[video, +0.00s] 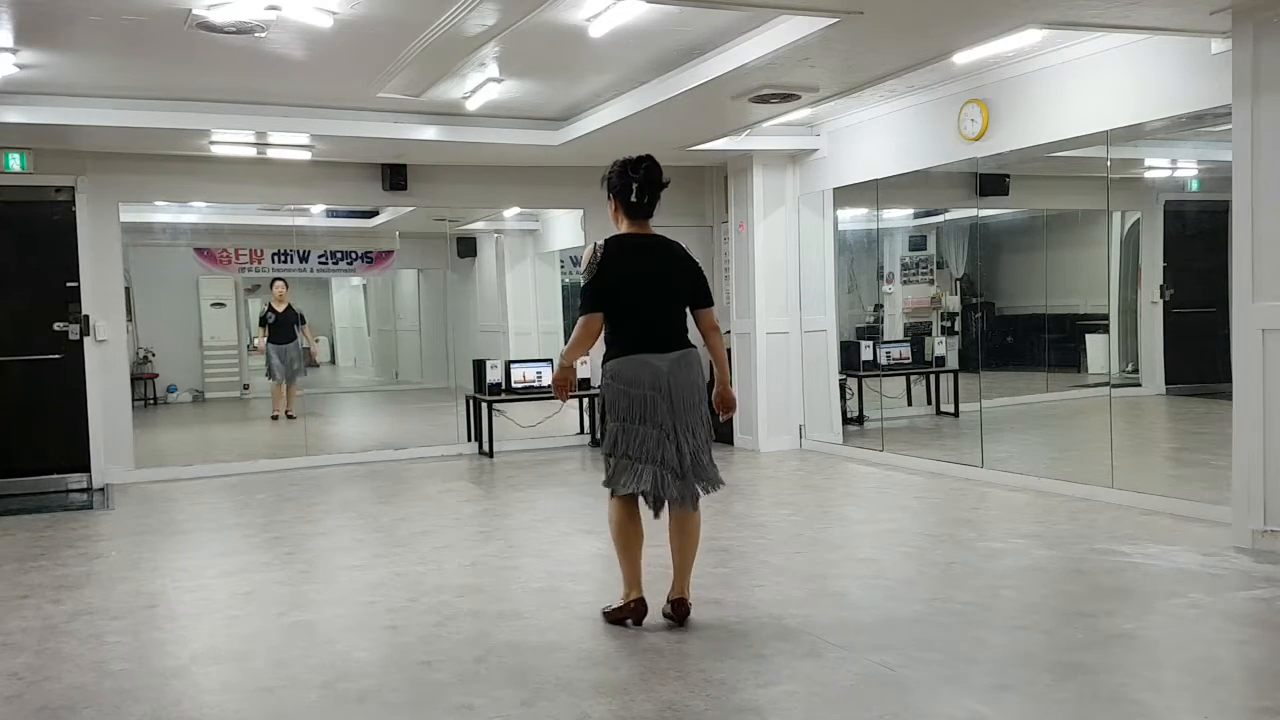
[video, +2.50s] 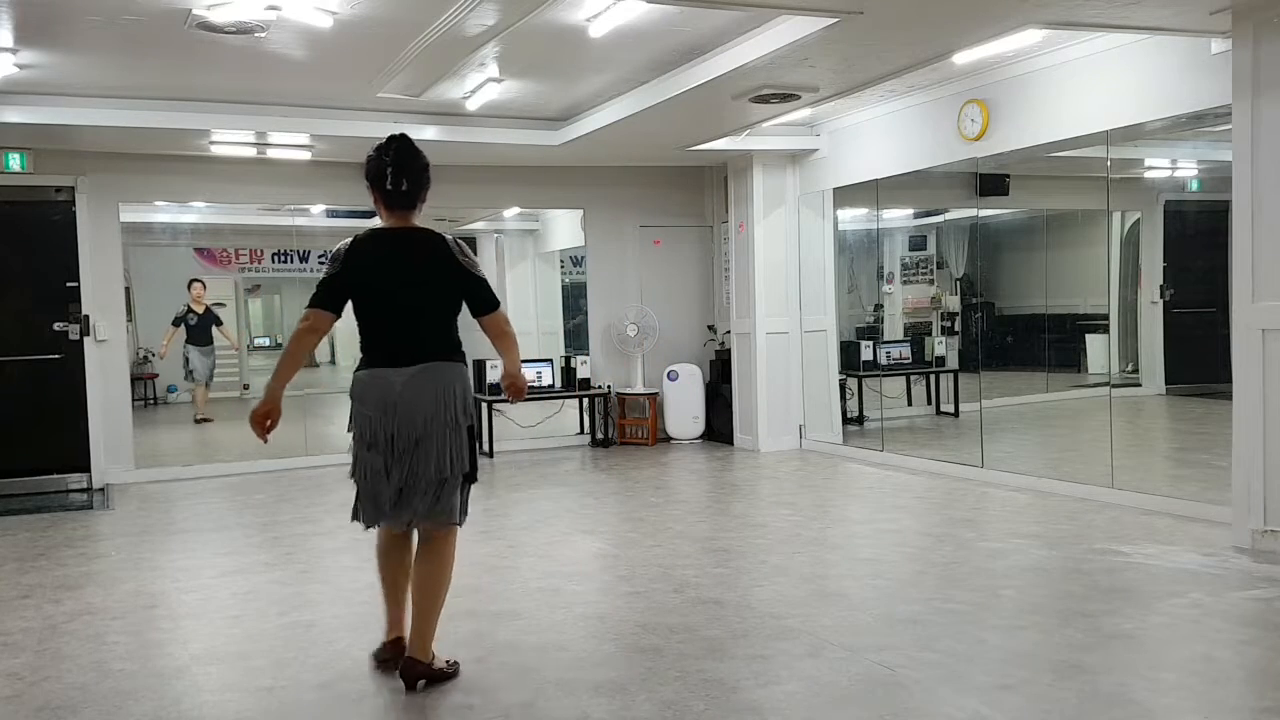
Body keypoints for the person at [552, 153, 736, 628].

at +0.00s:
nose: (608, 208)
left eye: (608, 202)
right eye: (612, 201)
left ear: (613, 204)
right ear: (656, 203)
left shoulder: (605, 255)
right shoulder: (678, 254)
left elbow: (591, 323)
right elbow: (709, 324)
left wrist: (566, 363)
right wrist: (724, 378)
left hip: (626, 373)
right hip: (683, 370)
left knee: (623, 483)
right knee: (684, 481)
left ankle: (633, 596)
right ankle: (680, 594)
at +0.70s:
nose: (546, 200)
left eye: (545, 193)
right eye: (550, 192)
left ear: (549, 197)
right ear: (595, 196)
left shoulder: (535, 250)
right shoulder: (615, 253)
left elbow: (511, 322)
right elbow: (648, 322)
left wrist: (483, 347)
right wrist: (677, 368)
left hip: (553, 377)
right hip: (610, 377)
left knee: (557, 496)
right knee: (601, 490)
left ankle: (573, 612)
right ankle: (608, 601)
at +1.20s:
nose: (513, 199)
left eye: (513, 192)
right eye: (516, 191)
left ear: (520, 196)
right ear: (564, 195)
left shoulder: (507, 251)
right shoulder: (585, 252)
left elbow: (487, 322)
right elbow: (621, 321)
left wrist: (452, 345)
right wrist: (641, 361)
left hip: (523, 379)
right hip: (583, 376)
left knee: (509, 497)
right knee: (591, 493)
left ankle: (513, 613)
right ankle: (594, 606)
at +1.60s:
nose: (456, 195)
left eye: (454, 189)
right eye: (461, 188)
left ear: (458, 195)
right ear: (505, 194)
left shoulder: (440, 251)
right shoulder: (524, 252)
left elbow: (412, 324)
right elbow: (568, 321)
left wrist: (390, 330)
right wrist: (607, 372)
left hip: (463, 380)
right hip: (523, 379)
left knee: (465, 503)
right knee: (548, 490)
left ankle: (472, 623)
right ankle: (586, 596)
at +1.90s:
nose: (428, 198)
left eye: (424, 191)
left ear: (424, 197)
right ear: (473, 195)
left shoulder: (408, 254)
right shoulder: (494, 252)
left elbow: (376, 320)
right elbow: (538, 320)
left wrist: (356, 358)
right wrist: (584, 371)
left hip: (430, 383)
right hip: (493, 382)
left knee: (448, 508)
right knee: (503, 500)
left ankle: (472, 623)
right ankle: (504, 612)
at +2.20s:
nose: (405, 201)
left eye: (400, 194)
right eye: (436, 191)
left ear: (399, 199)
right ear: (450, 196)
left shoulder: (382, 258)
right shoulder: (474, 254)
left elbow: (348, 332)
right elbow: (517, 323)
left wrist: (312, 394)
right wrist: (555, 373)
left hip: (401, 393)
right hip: (462, 392)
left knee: (442, 511)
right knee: (453, 517)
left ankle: (469, 621)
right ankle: (424, 643)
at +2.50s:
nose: (385, 195)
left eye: (376, 187)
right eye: (408, 186)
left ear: (373, 192)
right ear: (425, 190)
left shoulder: (354, 254)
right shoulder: (448, 249)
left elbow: (314, 326)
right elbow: (493, 319)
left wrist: (274, 391)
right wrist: (513, 367)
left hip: (375, 389)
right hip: (442, 385)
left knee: (392, 519)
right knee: (440, 522)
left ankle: (396, 636)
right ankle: (420, 655)